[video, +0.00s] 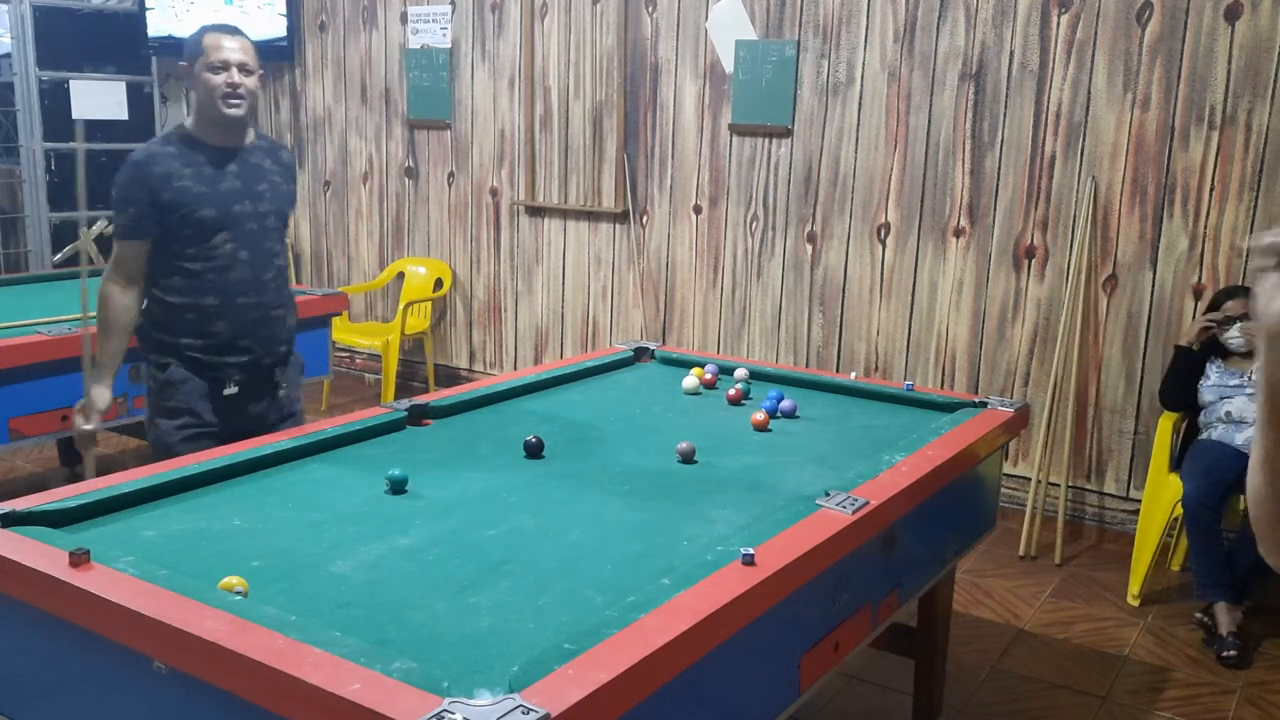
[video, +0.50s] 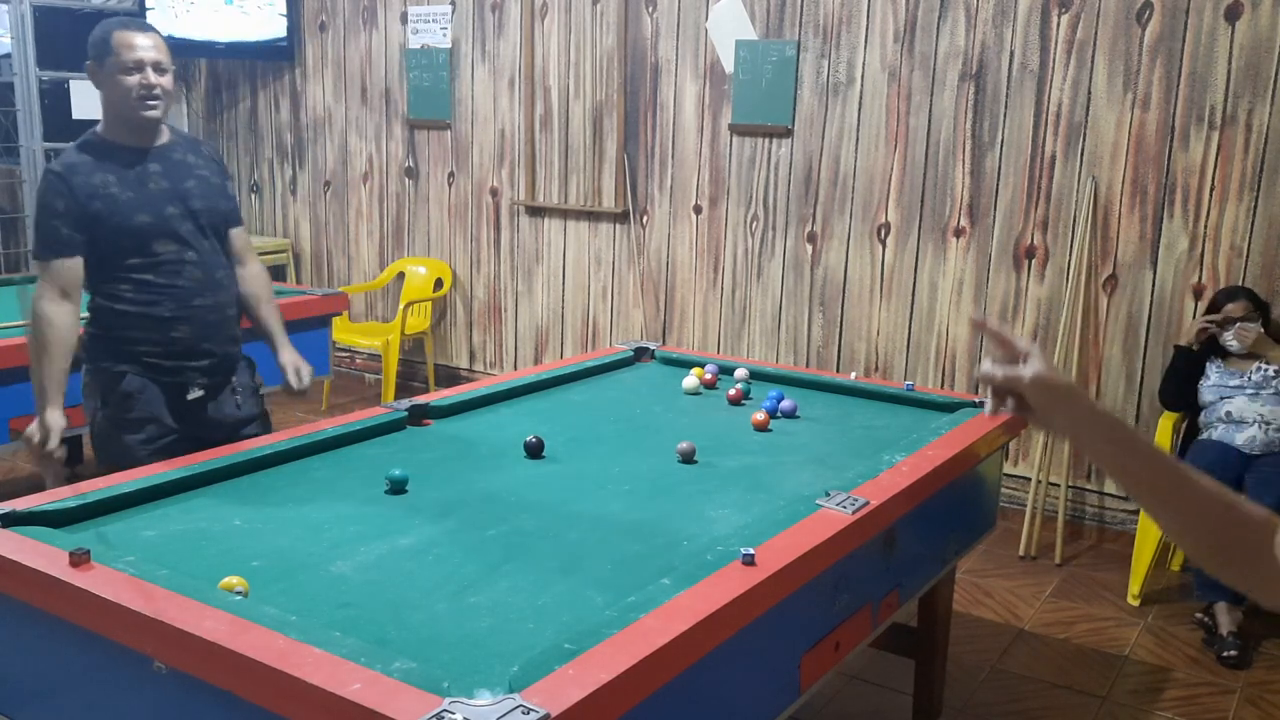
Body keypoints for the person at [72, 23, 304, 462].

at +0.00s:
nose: (233, 80)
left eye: (245, 70)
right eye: (218, 68)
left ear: (259, 81)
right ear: (190, 77)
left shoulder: (280, 163)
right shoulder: (150, 168)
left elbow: (269, 260)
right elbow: (124, 282)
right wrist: (101, 383)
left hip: (274, 376)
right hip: (186, 383)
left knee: (288, 516)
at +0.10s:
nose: (220, 81)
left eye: (232, 71)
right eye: (204, 68)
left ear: (245, 82)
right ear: (170, 75)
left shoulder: (255, 152)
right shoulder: (130, 168)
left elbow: (255, 259)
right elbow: (112, 280)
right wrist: (94, 381)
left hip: (260, 371)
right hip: (175, 379)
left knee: (283, 514)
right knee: (188, 524)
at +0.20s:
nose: (201, 78)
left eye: (212, 68)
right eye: (184, 66)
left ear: (225, 81)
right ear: (149, 76)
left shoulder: (234, 150)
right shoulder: (111, 174)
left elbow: (239, 259)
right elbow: (97, 285)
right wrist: (80, 384)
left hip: (246, 370)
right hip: (163, 380)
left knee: (280, 514)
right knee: (178, 529)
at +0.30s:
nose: (180, 81)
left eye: (190, 69)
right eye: (162, 69)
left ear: (202, 79)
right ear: (126, 80)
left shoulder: (219, 153)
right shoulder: (98, 179)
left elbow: (227, 253)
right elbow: (80, 296)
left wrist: (246, 315)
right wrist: (59, 400)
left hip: (234, 370)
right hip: (151, 381)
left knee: (273, 511)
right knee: (169, 531)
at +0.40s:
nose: (163, 82)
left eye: (173, 70)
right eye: (145, 70)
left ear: (185, 79)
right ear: (109, 79)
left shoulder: (210, 161)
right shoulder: (82, 179)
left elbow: (242, 264)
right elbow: (67, 299)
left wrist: (271, 352)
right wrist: (52, 412)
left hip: (231, 377)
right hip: (143, 387)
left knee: (265, 520)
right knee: (160, 534)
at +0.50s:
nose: (150, 81)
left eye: (160, 69)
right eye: (133, 69)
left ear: (175, 80)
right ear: (96, 78)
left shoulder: (201, 158)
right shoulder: (72, 176)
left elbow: (244, 259)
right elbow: (59, 296)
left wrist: (283, 345)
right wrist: (50, 406)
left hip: (225, 377)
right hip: (134, 387)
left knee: (258, 521)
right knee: (154, 535)